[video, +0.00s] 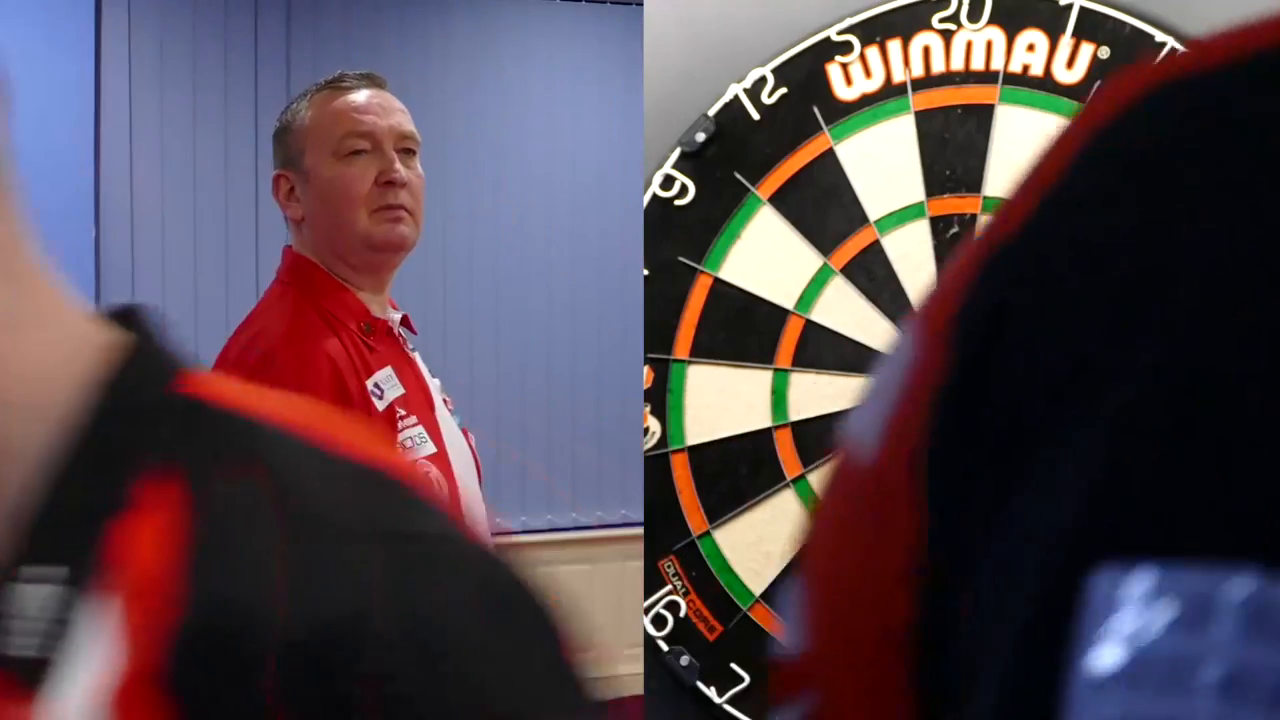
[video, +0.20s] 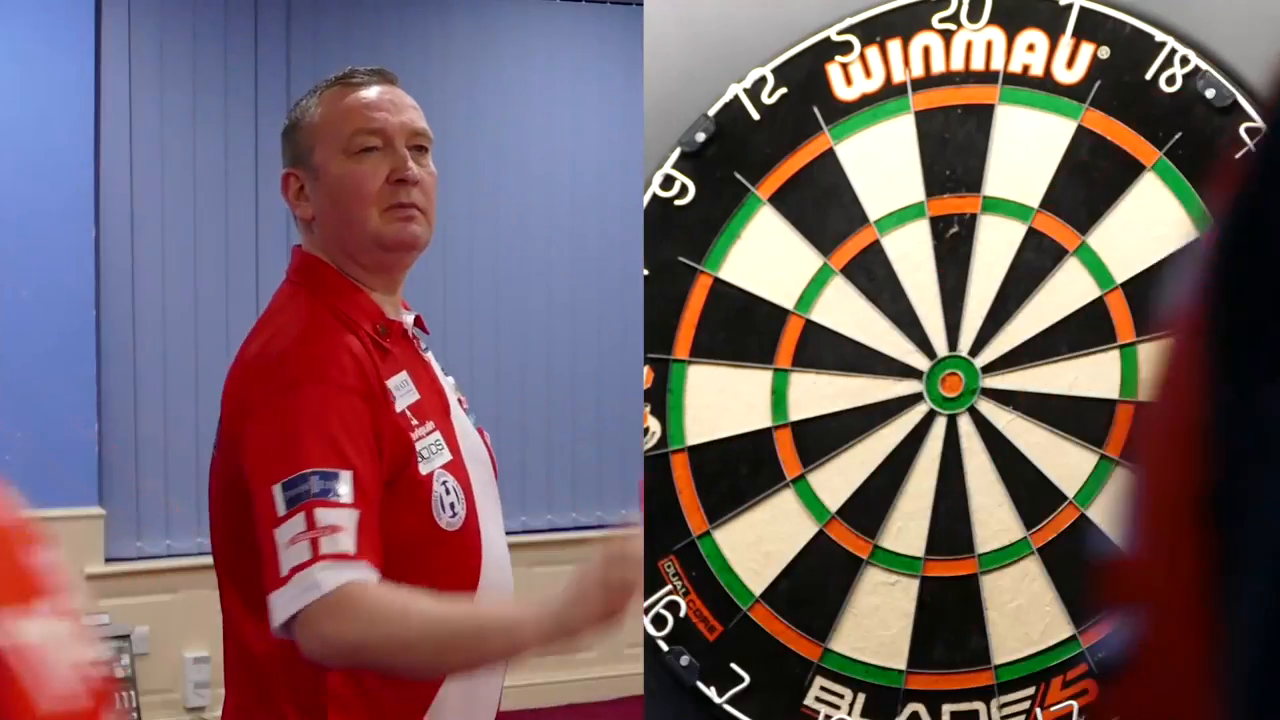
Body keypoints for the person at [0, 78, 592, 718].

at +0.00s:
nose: (395, 173)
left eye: (407, 153)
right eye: (358, 152)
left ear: (425, 180)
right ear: (291, 194)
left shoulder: (382, 327)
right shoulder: (285, 352)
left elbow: (443, 510)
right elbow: (268, 580)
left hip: (437, 659)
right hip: (353, 679)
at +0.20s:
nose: (409, 171)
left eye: (420, 150)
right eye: (369, 149)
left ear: (435, 176)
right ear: (301, 195)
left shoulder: (391, 329)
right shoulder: (306, 350)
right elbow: (327, 615)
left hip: (442, 701)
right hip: (360, 706)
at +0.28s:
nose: (414, 171)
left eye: (425, 149)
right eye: (374, 149)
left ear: (440, 174)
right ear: (305, 196)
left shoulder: (395, 328)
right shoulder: (314, 349)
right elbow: (371, 591)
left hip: (452, 700)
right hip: (369, 705)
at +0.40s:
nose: (418, 169)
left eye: (430, 148)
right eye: (378, 148)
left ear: (444, 171)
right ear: (308, 195)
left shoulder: (398, 326)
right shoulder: (321, 346)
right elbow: (414, 538)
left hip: (445, 697)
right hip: (363, 704)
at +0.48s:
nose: (422, 168)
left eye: (434, 148)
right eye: (381, 149)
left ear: (450, 171)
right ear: (313, 195)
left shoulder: (405, 325)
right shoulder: (329, 338)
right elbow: (449, 481)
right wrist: (536, 236)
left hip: (454, 696)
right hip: (368, 703)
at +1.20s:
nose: (427, 172)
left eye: (436, 150)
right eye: (385, 153)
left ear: (452, 170)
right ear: (315, 201)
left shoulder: (420, 331)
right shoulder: (332, 346)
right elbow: (487, 403)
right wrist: (501, 169)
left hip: (471, 700)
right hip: (367, 703)